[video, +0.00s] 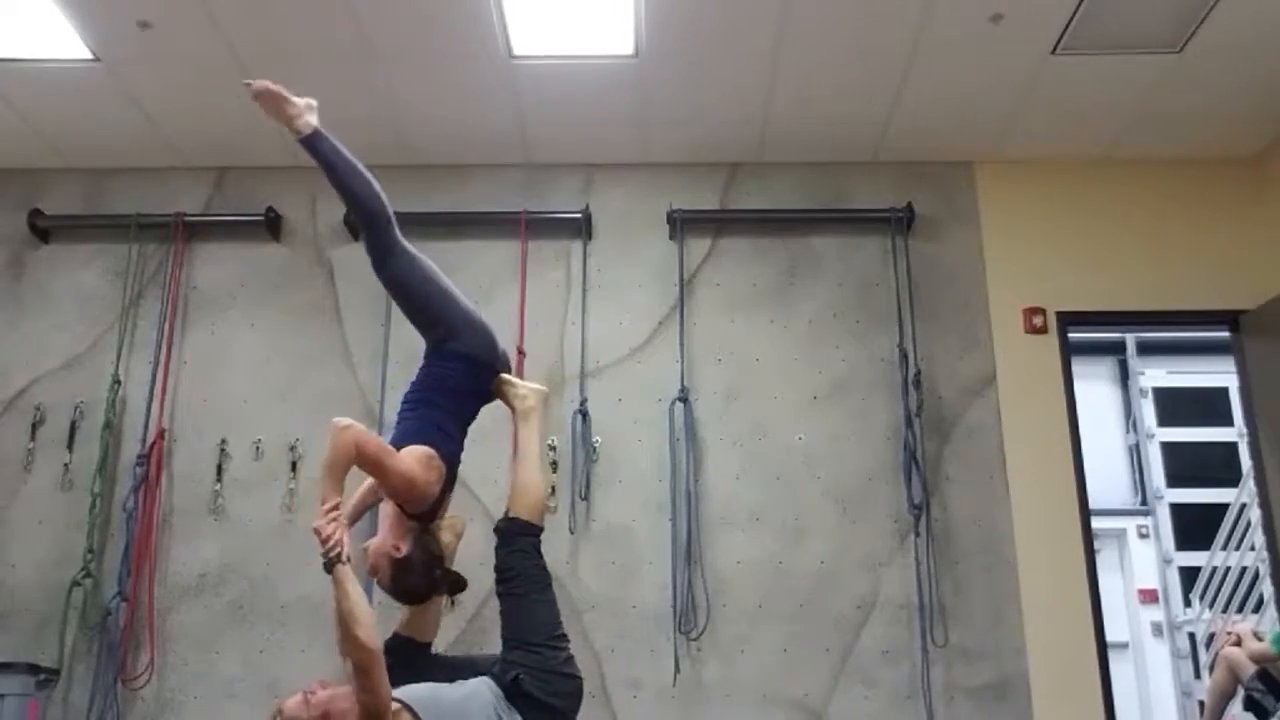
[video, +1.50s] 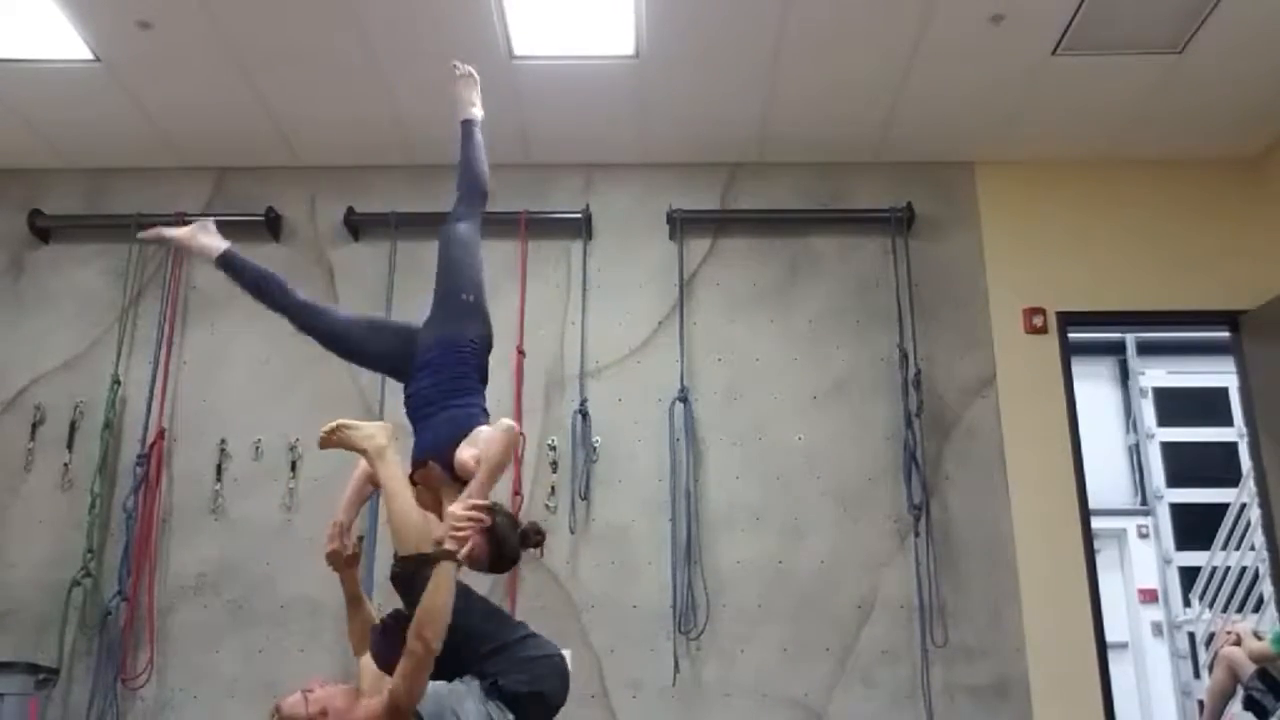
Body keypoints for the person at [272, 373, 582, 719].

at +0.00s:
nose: (315, 692)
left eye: (306, 694)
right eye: (313, 708)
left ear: (320, 688)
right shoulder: (380, 712)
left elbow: (451, 527)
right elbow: (362, 648)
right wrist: (339, 563)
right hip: (539, 697)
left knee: (408, 661)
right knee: (518, 541)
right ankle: (528, 409)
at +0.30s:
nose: (319, 687)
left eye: (309, 692)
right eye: (313, 703)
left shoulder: (382, 703)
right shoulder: (380, 712)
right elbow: (374, 635)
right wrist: (353, 548)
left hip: (517, 688)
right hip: (547, 700)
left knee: (418, 635)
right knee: (519, 553)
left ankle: (465, 500)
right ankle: (521, 430)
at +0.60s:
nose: (317, 687)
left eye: (307, 691)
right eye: (310, 701)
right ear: (325, 718)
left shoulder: (378, 699)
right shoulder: (381, 709)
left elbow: (376, 634)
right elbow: (380, 633)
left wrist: (359, 561)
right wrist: (365, 556)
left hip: (515, 693)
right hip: (549, 699)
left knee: (452, 601)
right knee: (510, 558)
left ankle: (478, 474)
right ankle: (537, 438)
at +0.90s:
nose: (319, 687)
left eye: (307, 691)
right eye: (312, 702)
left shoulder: (385, 703)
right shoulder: (380, 712)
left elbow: (387, 640)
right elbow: (392, 639)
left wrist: (378, 554)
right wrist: (383, 556)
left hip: (520, 699)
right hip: (543, 705)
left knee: (473, 591)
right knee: (439, 598)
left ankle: (503, 477)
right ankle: (505, 480)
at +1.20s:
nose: (315, 685)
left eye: (305, 690)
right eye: (308, 699)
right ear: (323, 717)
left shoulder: (372, 699)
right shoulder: (379, 710)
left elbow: (369, 639)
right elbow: (393, 647)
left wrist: (355, 565)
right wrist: (389, 556)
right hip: (539, 698)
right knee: (424, 597)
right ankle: (402, 461)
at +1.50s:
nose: (314, 687)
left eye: (301, 694)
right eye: (309, 704)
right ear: (327, 719)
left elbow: (364, 642)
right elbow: (424, 642)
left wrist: (349, 576)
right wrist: (451, 554)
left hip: (536, 672)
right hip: (524, 690)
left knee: (421, 575)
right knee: (417, 575)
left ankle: (383, 455)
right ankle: (382, 450)